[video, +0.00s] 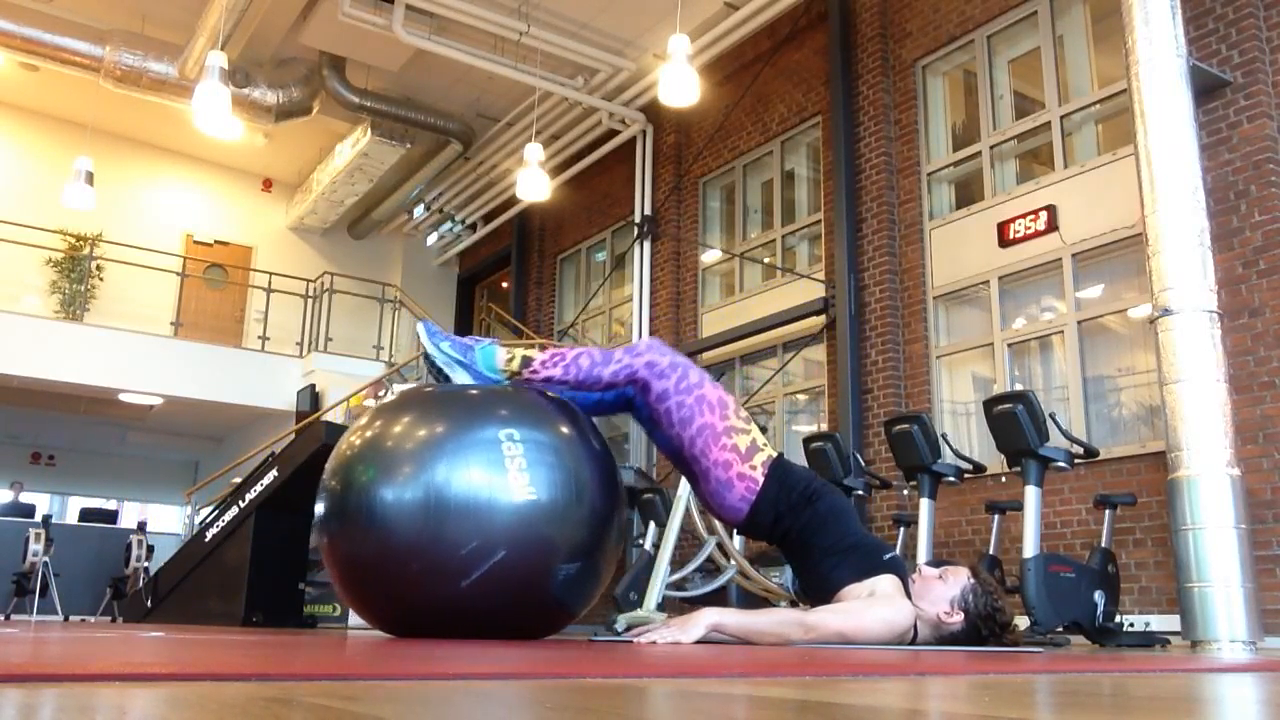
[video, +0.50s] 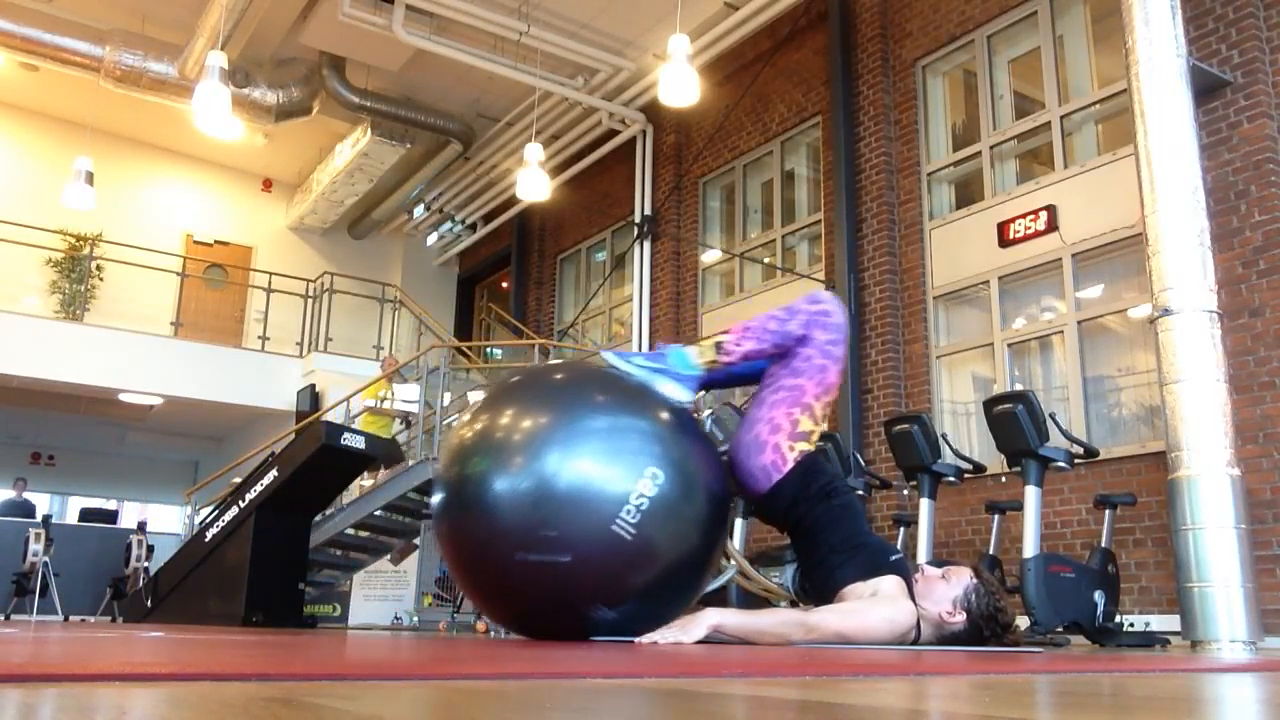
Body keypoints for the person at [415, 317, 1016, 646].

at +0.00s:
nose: (935, 569)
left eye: (947, 581)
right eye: (947, 570)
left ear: (944, 617)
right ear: (943, 606)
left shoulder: (891, 611)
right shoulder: (889, 595)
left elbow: (802, 626)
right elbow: (801, 622)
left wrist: (707, 619)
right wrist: (711, 622)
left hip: (747, 484)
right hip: (760, 471)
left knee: (653, 362)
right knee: (655, 359)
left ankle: (496, 364)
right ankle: (509, 368)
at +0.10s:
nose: (937, 569)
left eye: (949, 582)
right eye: (950, 570)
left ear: (944, 617)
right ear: (943, 605)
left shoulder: (892, 608)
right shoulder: (891, 594)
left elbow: (806, 626)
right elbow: (804, 622)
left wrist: (707, 619)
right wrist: (710, 622)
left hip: (750, 485)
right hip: (765, 474)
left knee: (670, 339)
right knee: (673, 347)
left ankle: (518, 365)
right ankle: (532, 374)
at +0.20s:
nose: (936, 569)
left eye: (946, 580)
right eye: (949, 570)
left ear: (944, 615)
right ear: (943, 604)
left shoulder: (890, 610)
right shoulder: (893, 596)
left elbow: (804, 630)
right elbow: (806, 623)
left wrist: (709, 616)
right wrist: (714, 617)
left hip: (749, 482)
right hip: (763, 471)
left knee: (699, 325)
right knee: (701, 333)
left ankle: (557, 368)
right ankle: (565, 373)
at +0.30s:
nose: (939, 567)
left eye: (949, 579)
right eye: (949, 570)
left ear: (945, 613)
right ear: (937, 584)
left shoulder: (893, 614)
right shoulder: (895, 600)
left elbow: (798, 627)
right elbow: (796, 625)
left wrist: (705, 621)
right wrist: (705, 620)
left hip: (750, 478)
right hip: (765, 472)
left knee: (745, 320)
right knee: (747, 319)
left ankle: (605, 365)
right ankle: (614, 373)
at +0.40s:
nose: (934, 565)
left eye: (946, 577)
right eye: (947, 567)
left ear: (946, 613)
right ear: (945, 613)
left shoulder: (890, 613)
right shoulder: (903, 605)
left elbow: (802, 626)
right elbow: (804, 623)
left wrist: (710, 619)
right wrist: (717, 622)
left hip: (757, 469)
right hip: (778, 474)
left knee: (787, 312)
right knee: (787, 312)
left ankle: (650, 368)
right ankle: (655, 370)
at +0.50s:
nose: (934, 567)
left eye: (946, 577)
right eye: (947, 569)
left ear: (947, 614)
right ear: (946, 612)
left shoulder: (894, 613)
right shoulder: (904, 604)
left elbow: (801, 626)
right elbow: (806, 623)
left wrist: (712, 621)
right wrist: (718, 622)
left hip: (771, 466)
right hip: (792, 468)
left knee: (825, 310)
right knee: (822, 323)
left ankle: (685, 366)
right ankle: (693, 371)